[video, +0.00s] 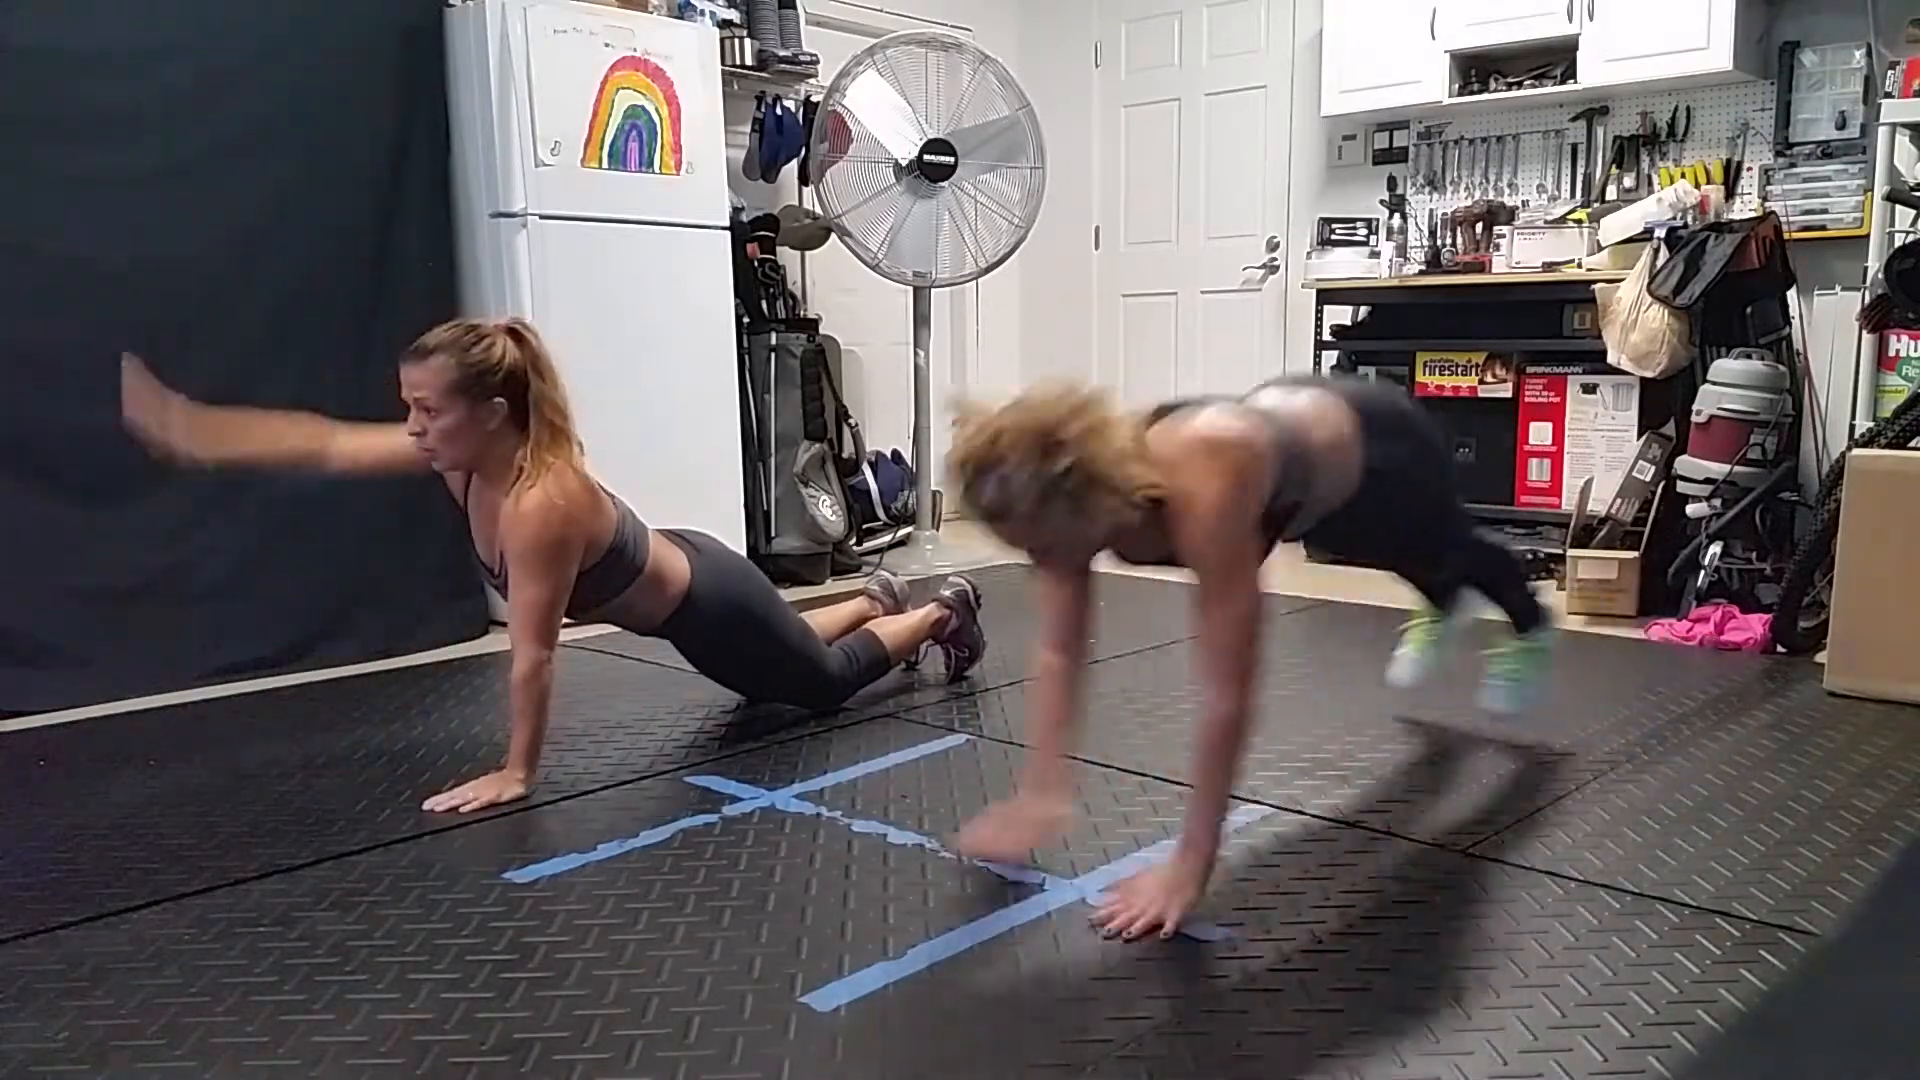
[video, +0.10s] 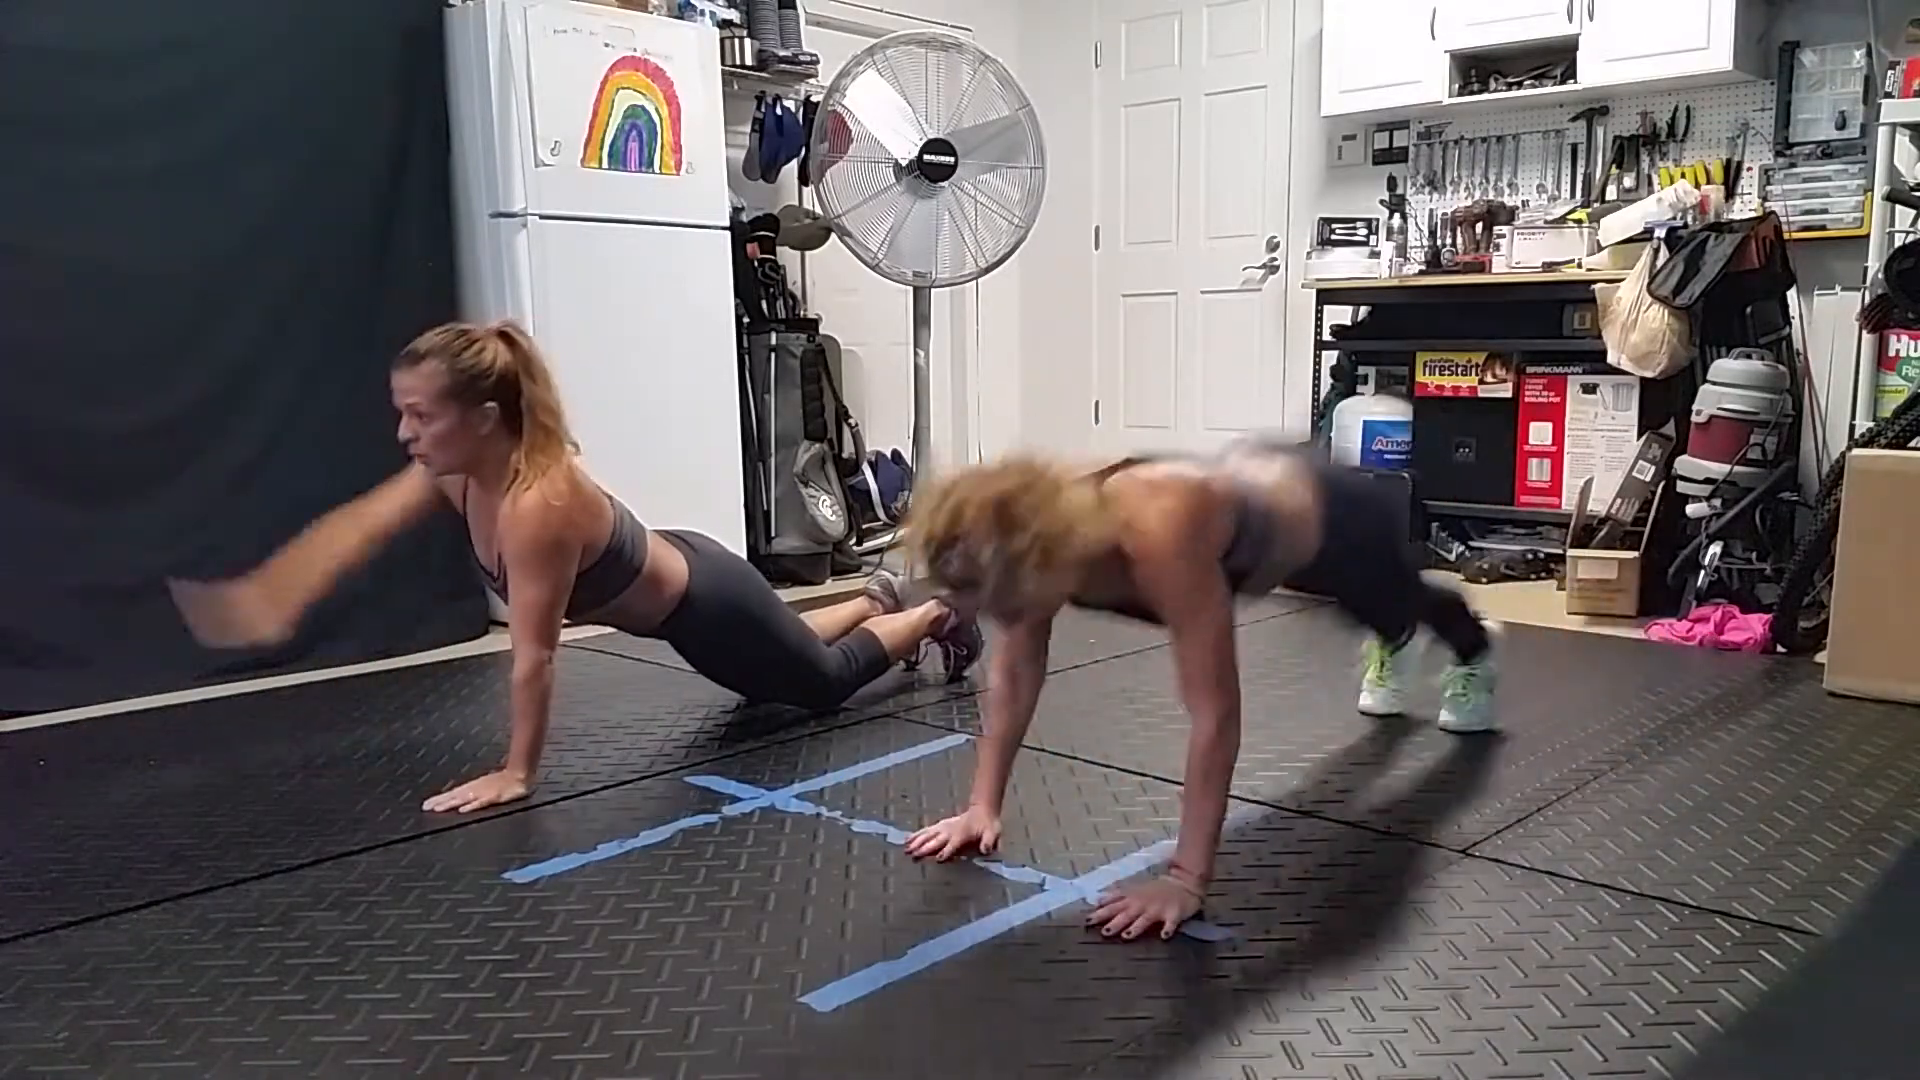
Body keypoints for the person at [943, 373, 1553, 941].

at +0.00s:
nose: (1039, 563)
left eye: (1043, 544)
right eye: (1027, 550)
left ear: (1087, 506)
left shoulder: (1212, 475)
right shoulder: (1067, 505)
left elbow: (1228, 693)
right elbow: (1059, 652)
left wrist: (1189, 866)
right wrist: (1043, 788)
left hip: (1378, 442)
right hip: (1296, 460)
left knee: (1453, 546)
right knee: (1387, 550)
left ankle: (1533, 620)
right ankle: (1445, 602)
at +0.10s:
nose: (1002, 628)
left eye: (1001, 611)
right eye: (984, 620)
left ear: (1033, 561)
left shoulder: (1162, 525)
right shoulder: (1030, 549)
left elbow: (1216, 716)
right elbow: (1014, 671)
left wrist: (1186, 879)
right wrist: (982, 806)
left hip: (1339, 515)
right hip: (1266, 516)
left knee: (1407, 597)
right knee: (1355, 589)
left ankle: (1474, 647)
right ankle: (1397, 632)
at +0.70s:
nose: (942, 891)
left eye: (942, 877)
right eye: (926, 880)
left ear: (971, 829)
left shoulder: (1080, 775)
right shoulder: (949, 712)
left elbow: (1245, 733)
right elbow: (987, 659)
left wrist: (1186, 881)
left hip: (1246, 686)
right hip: (1170, 654)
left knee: (1352, 670)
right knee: (1284, 631)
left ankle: (1434, 631)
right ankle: (1385, 616)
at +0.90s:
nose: (930, 865)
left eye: (932, 852)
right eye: (916, 853)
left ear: (969, 816)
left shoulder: (1086, 760)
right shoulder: (953, 709)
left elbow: (1248, 734)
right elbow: (987, 657)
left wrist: (1187, 881)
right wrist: (983, 815)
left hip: (1252, 678)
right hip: (1169, 650)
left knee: (1359, 662)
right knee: (1287, 627)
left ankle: (1441, 632)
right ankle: (1386, 615)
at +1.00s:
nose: (930, 812)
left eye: (932, 799)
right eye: (916, 806)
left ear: (958, 764)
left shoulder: (1077, 719)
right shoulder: (956, 659)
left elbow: (1247, 734)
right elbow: (963, 712)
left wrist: (1188, 880)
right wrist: (979, 796)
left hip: (1251, 662)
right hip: (1166, 627)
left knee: (1362, 655)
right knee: (1296, 620)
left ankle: (1446, 632)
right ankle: (1386, 613)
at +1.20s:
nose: (949, 701)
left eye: (949, 685)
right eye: (936, 690)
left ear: (978, 654)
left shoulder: (1093, 630)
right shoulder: (979, 621)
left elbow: (1243, 733)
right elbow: (985, 701)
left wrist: (1188, 880)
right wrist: (981, 801)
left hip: (1262, 639)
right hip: (1188, 606)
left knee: (1362, 670)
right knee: (1302, 620)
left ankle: (1444, 630)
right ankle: (1381, 608)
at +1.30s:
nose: (966, 667)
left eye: (970, 650)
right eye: (952, 658)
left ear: (1002, 610)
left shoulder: (1114, 594)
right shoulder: (985, 601)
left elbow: (1244, 730)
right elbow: (986, 685)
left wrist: (1187, 877)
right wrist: (980, 802)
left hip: (1263, 634)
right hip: (1192, 623)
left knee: (1355, 708)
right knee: (1303, 625)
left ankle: (1440, 631)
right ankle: (1382, 614)